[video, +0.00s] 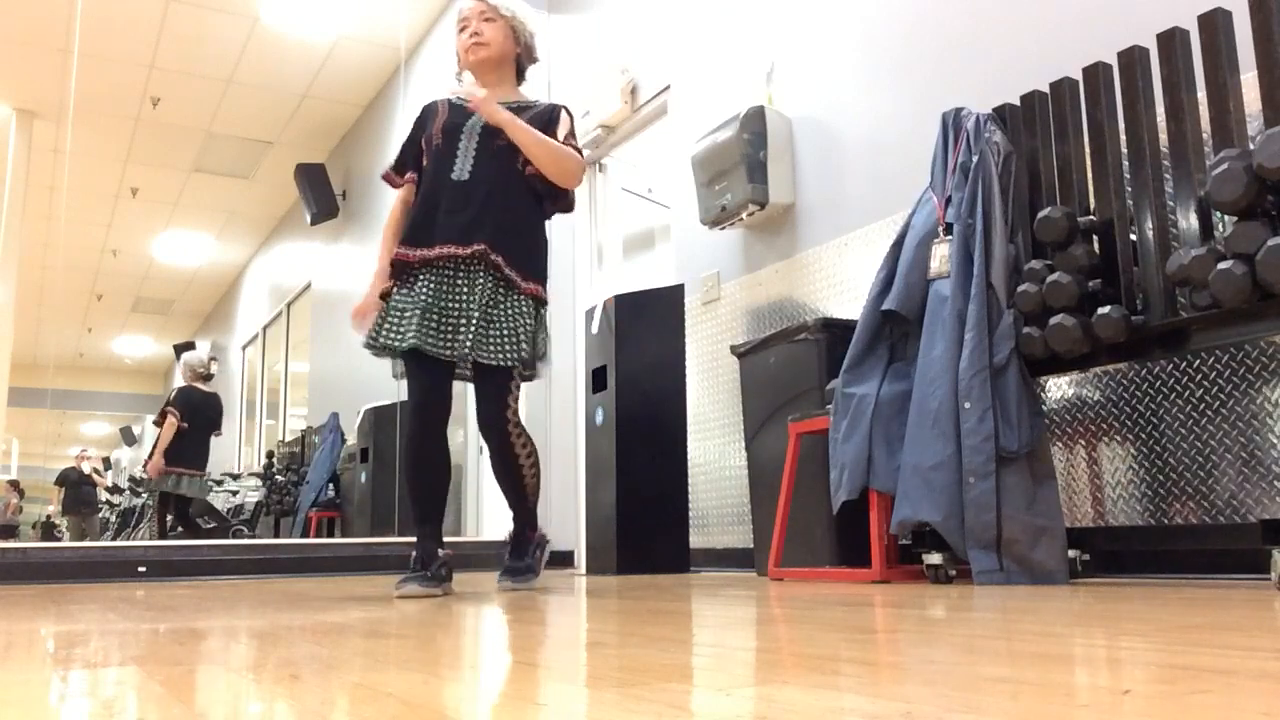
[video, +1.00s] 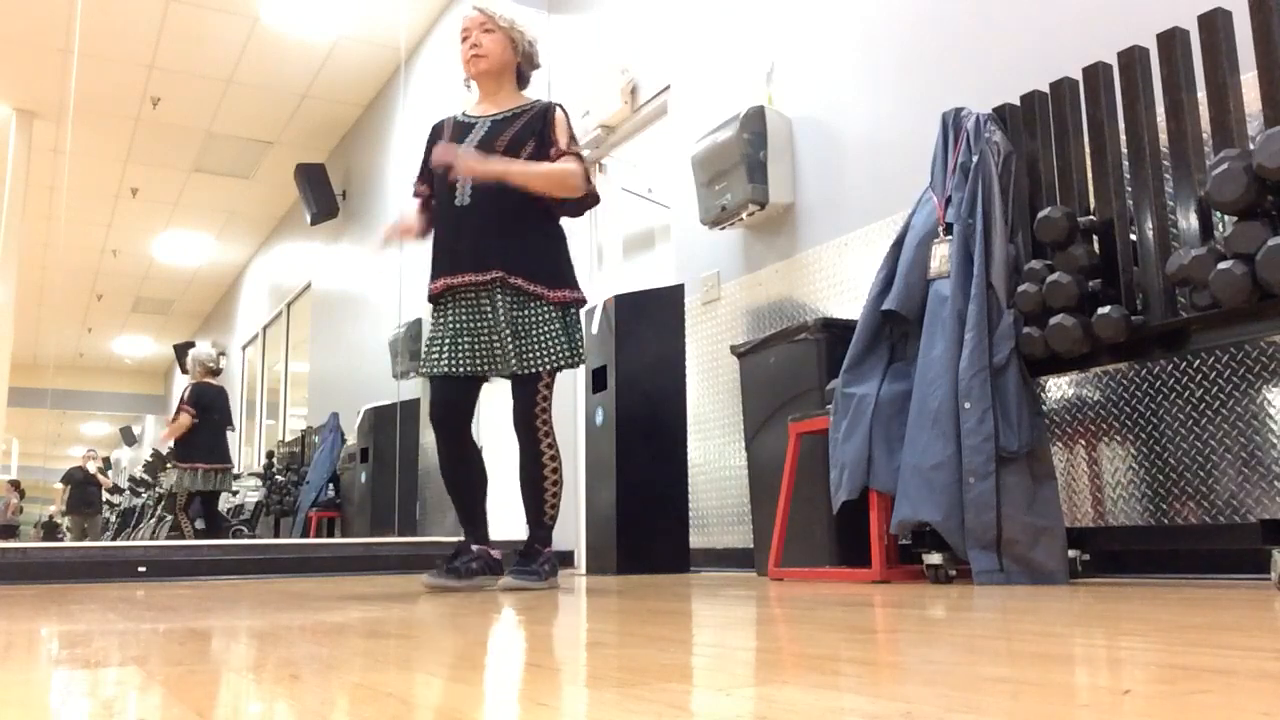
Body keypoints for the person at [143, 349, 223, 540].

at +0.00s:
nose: (181, 372)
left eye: (182, 369)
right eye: (181, 369)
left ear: (188, 371)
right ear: (204, 371)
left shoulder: (182, 393)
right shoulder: (214, 398)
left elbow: (171, 423)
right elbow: (216, 432)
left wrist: (158, 454)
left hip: (171, 467)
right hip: (195, 470)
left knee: (160, 512)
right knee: (182, 514)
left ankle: (160, 554)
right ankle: (204, 545)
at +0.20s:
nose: (183, 374)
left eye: (184, 370)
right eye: (182, 370)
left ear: (193, 371)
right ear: (204, 370)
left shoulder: (188, 394)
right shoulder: (217, 396)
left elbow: (169, 426)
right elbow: (220, 432)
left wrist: (147, 437)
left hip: (176, 466)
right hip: (203, 468)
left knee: (167, 515)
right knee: (196, 515)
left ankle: (160, 556)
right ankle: (204, 557)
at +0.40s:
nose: (186, 373)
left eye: (188, 369)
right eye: (186, 369)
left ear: (196, 369)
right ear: (208, 369)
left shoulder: (193, 392)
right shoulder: (219, 393)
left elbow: (177, 420)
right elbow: (222, 428)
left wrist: (171, 408)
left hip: (190, 464)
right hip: (216, 464)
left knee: (170, 508)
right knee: (205, 509)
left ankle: (168, 551)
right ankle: (214, 551)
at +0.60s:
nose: (188, 371)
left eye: (190, 367)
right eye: (189, 367)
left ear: (197, 368)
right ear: (211, 368)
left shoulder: (192, 391)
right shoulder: (222, 393)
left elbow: (168, 417)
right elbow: (226, 426)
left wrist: (162, 410)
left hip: (193, 466)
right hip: (219, 465)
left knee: (184, 512)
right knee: (205, 507)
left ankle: (189, 555)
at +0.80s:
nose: (188, 371)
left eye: (189, 367)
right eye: (188, 367)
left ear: (196, 368)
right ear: (212, 368)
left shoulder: (194, 390)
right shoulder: (221, 392)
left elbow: (163, 412)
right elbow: (230, 423)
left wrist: (182, 421)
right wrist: (210, 424)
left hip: (194, 467)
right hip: (220, 467)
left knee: (185, 510)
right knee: (206, 508)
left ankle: (189, 553)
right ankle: (214, 549)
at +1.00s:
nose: (189, 370)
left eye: (190, 365)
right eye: (189, 366)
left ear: (197, 367)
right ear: (213, 367)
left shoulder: (194, 390)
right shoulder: (221, 391)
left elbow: (184, 422)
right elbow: (225, 425)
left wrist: (165, 437)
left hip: (193, 465)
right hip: (219, 464)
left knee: (180, 510)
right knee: (211, 511)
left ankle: (194, 551)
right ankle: (217, 554)